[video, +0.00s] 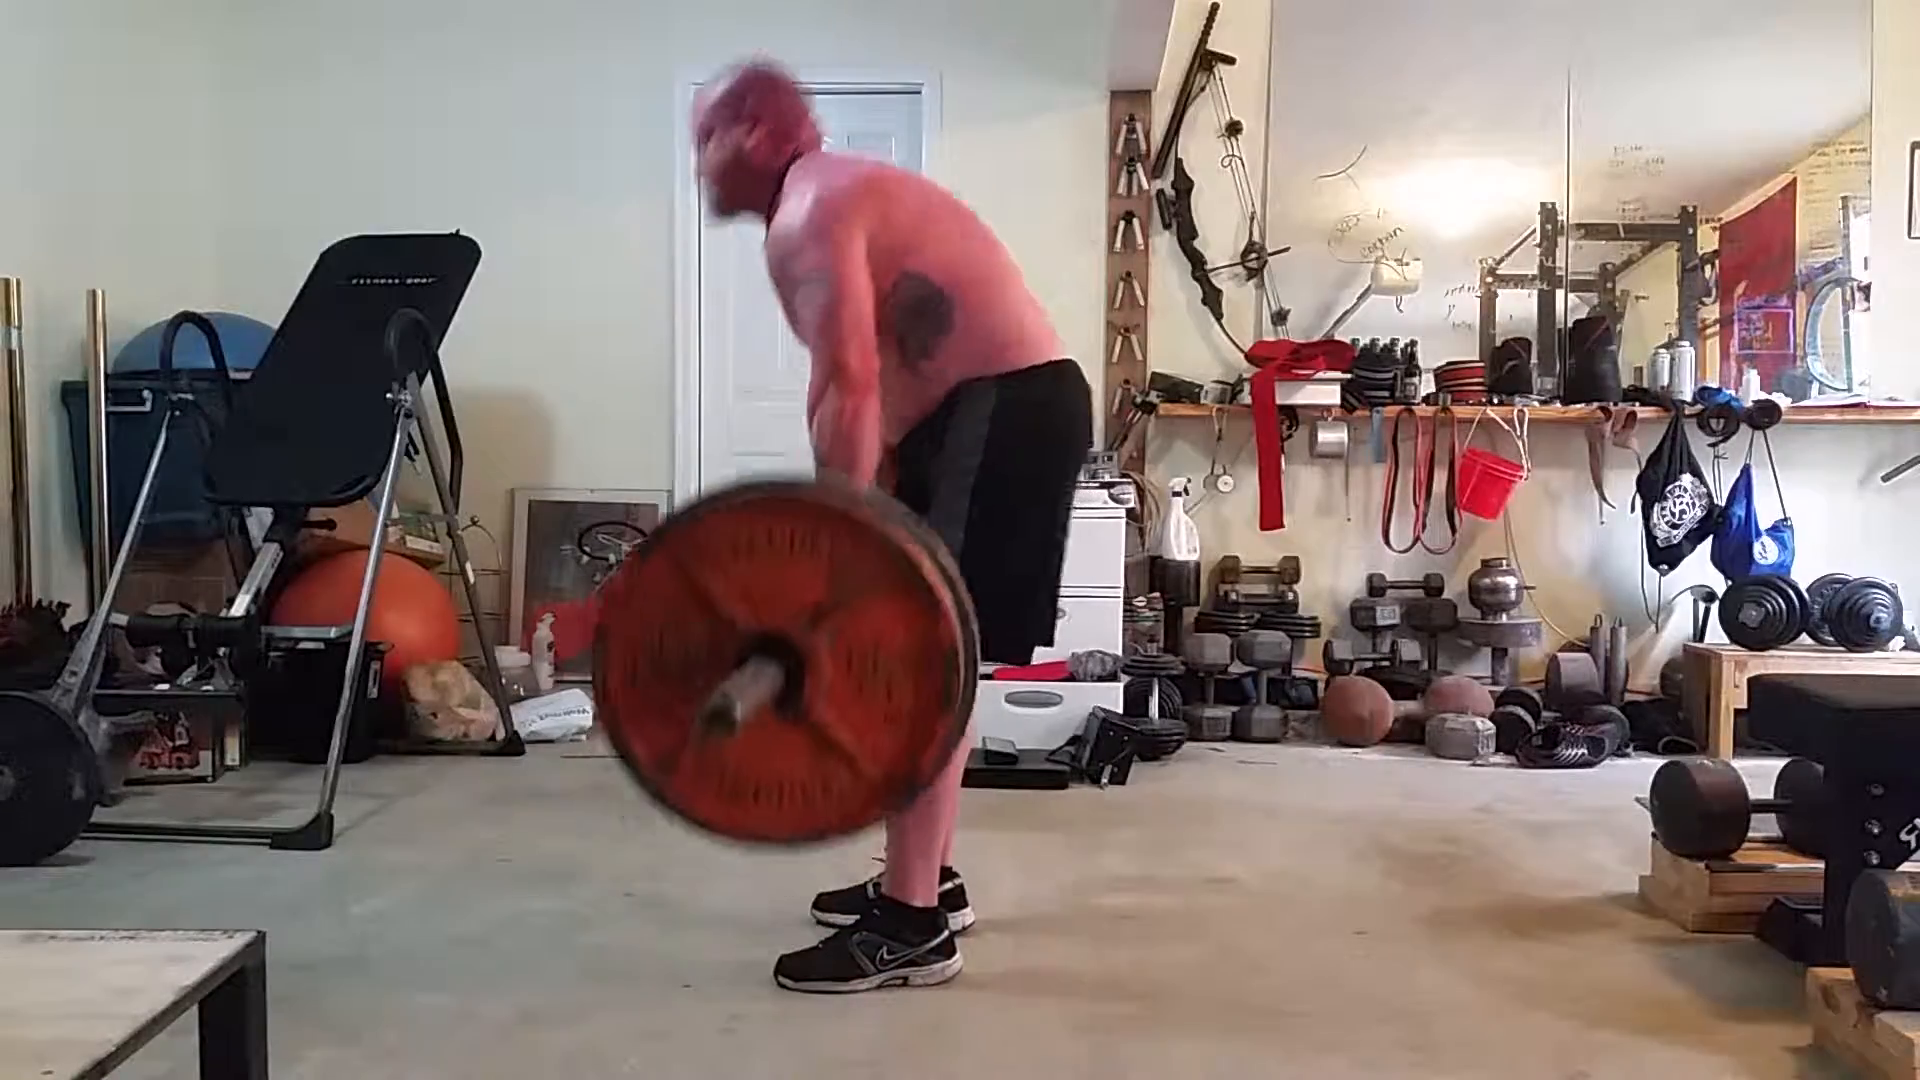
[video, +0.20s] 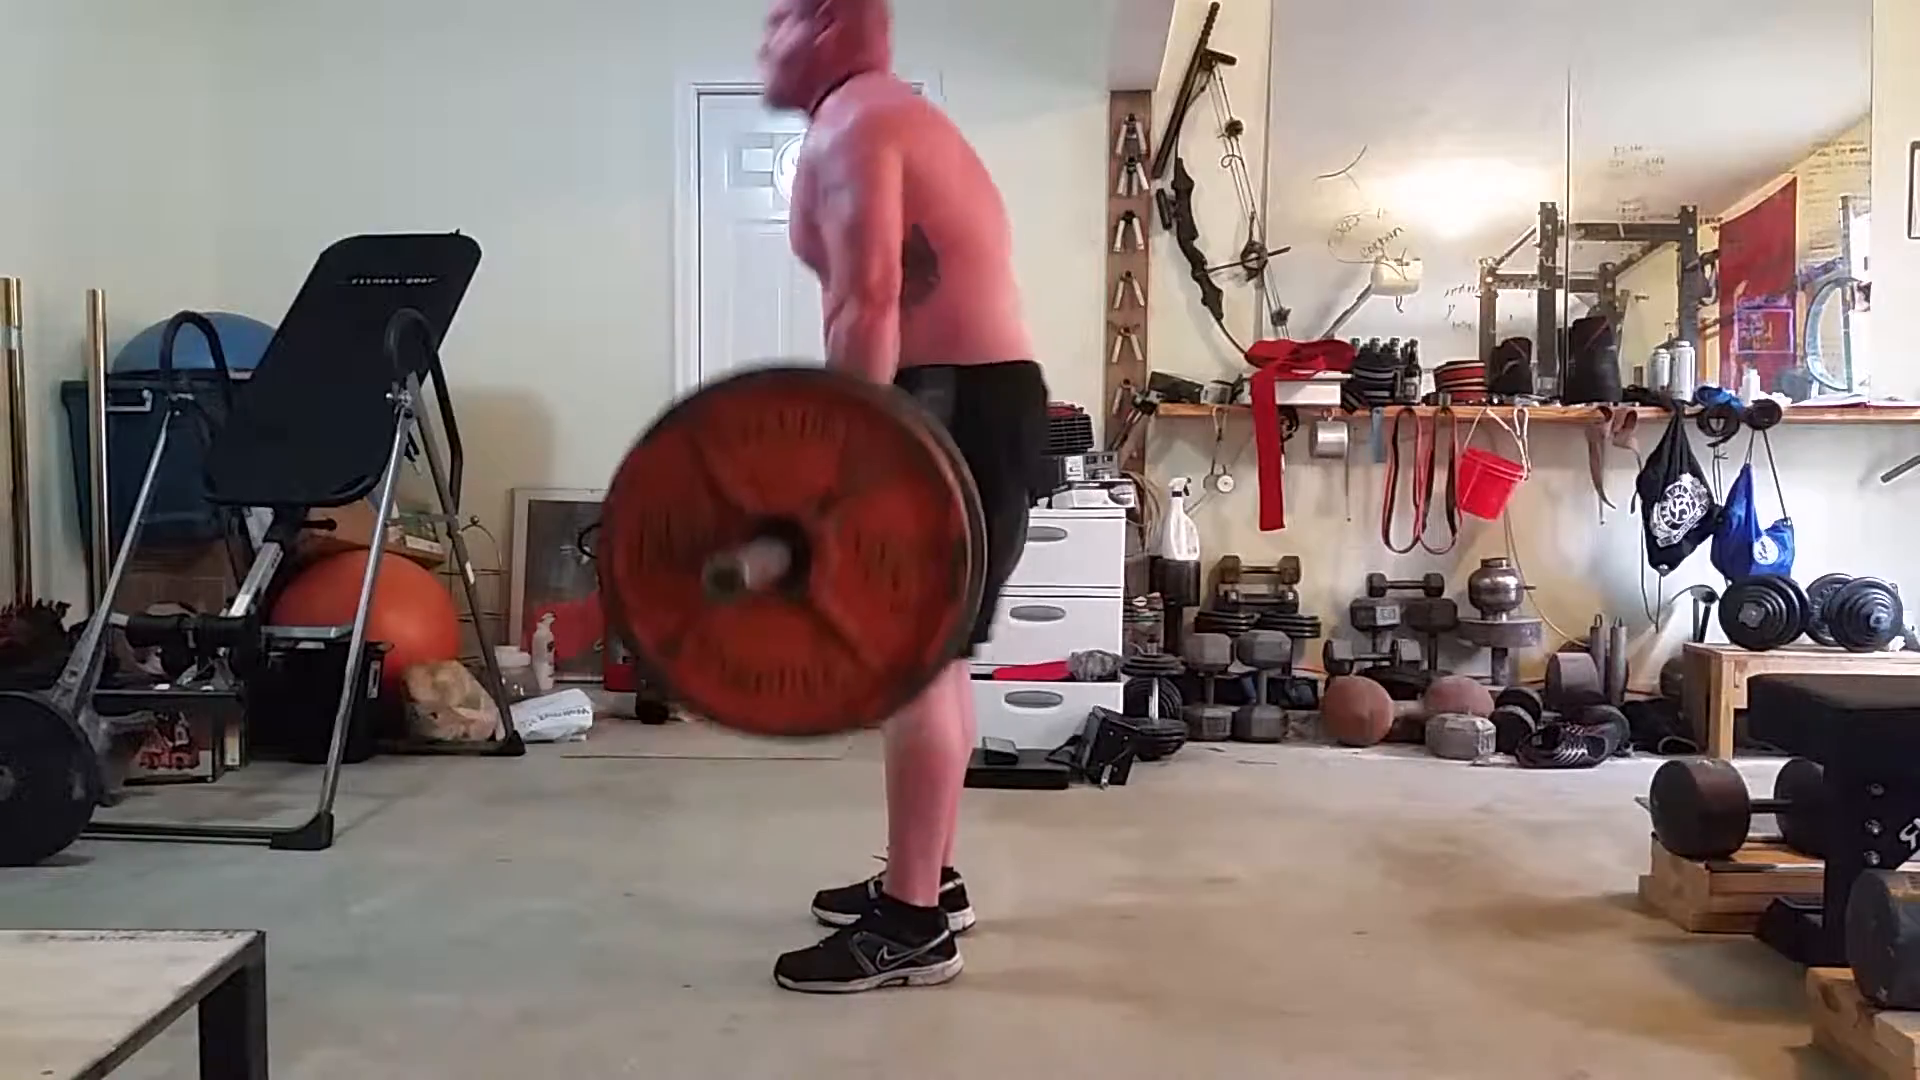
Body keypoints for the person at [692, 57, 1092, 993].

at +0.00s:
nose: (696, 164)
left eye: (706, 140)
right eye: (696, 143)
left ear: (757, 130)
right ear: (773, 134)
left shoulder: (814, 204)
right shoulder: (827, 202)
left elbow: (851, 385)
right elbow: (835, 390)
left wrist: (829, 557)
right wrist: (827, 551)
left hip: (997, 412)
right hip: (969, 413)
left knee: (929, 657)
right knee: (917, 648)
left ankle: (914, 918)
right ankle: (919, 883)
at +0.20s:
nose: (765, 40)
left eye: (782, 19)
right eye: (770, 22)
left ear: (836, 25)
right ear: (851, 33)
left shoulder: (859, 124)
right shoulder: (873, 121)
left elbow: (867, 304)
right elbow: (878, 308)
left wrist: (838, 467)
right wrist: (835, 461)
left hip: (959, 399)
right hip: (970, 398)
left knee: (925, 657)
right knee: (932, 654)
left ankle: (912, 917)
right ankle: (926, 882)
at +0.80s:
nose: (714, 100)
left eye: (721, 74)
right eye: (712, 80)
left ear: (776, 56)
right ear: (789, 59)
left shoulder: (831, 144)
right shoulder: (848, 137)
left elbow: (845, 324)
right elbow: (861, 324)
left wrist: (810, 489)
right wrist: (811, 483)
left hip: (949, 402)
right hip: (958, 401)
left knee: (898, 651)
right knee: (909, 649)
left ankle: (909, 917)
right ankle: (920, 878)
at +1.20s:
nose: (650, 313)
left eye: (645, 289)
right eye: (640, 298)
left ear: (681, 244)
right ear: (690, 240)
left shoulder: (765, 295)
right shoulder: (776, 287)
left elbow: (817, 477)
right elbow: (859, 485)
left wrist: (812, 652)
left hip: (998, 422)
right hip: (974, 427)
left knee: (921, 670)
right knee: (912, 667)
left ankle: (908, 918)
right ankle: (917, 880)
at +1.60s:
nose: (649, 422)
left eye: (641, 401)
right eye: (637, 408)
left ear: (670, 350)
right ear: (677, 345)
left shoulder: (760, 402)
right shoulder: (779, 376)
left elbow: (816, 580)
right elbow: (862, 556)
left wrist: (818, 747)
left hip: (1019, 432)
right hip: (1040, 422)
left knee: (897, 658)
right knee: (919, 655)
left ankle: (914, 910)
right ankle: (922, 894)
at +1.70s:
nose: (648, 422)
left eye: (640, 401)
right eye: (636, 408)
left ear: (668, 350)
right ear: (676, 345)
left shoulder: (760, 404)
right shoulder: (777, 373)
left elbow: (817, 579)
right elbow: (860, 552)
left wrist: (819, 747)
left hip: (1017, 432)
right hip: (1039, 421)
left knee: (895, 658)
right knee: (918, 655)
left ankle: (916, 906)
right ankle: (922, 892)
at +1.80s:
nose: (647, 405)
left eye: (640, 383)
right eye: (635, 391)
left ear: (672, 336)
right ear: (680, 331)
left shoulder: (759, 392)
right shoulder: (778, 363)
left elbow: (816, 563)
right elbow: (859, 542)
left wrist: (818, 729)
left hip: (1013, 428)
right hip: (1032, 418)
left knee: (895, 655)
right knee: (922, 655)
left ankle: (925, 911)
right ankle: (933, 898)